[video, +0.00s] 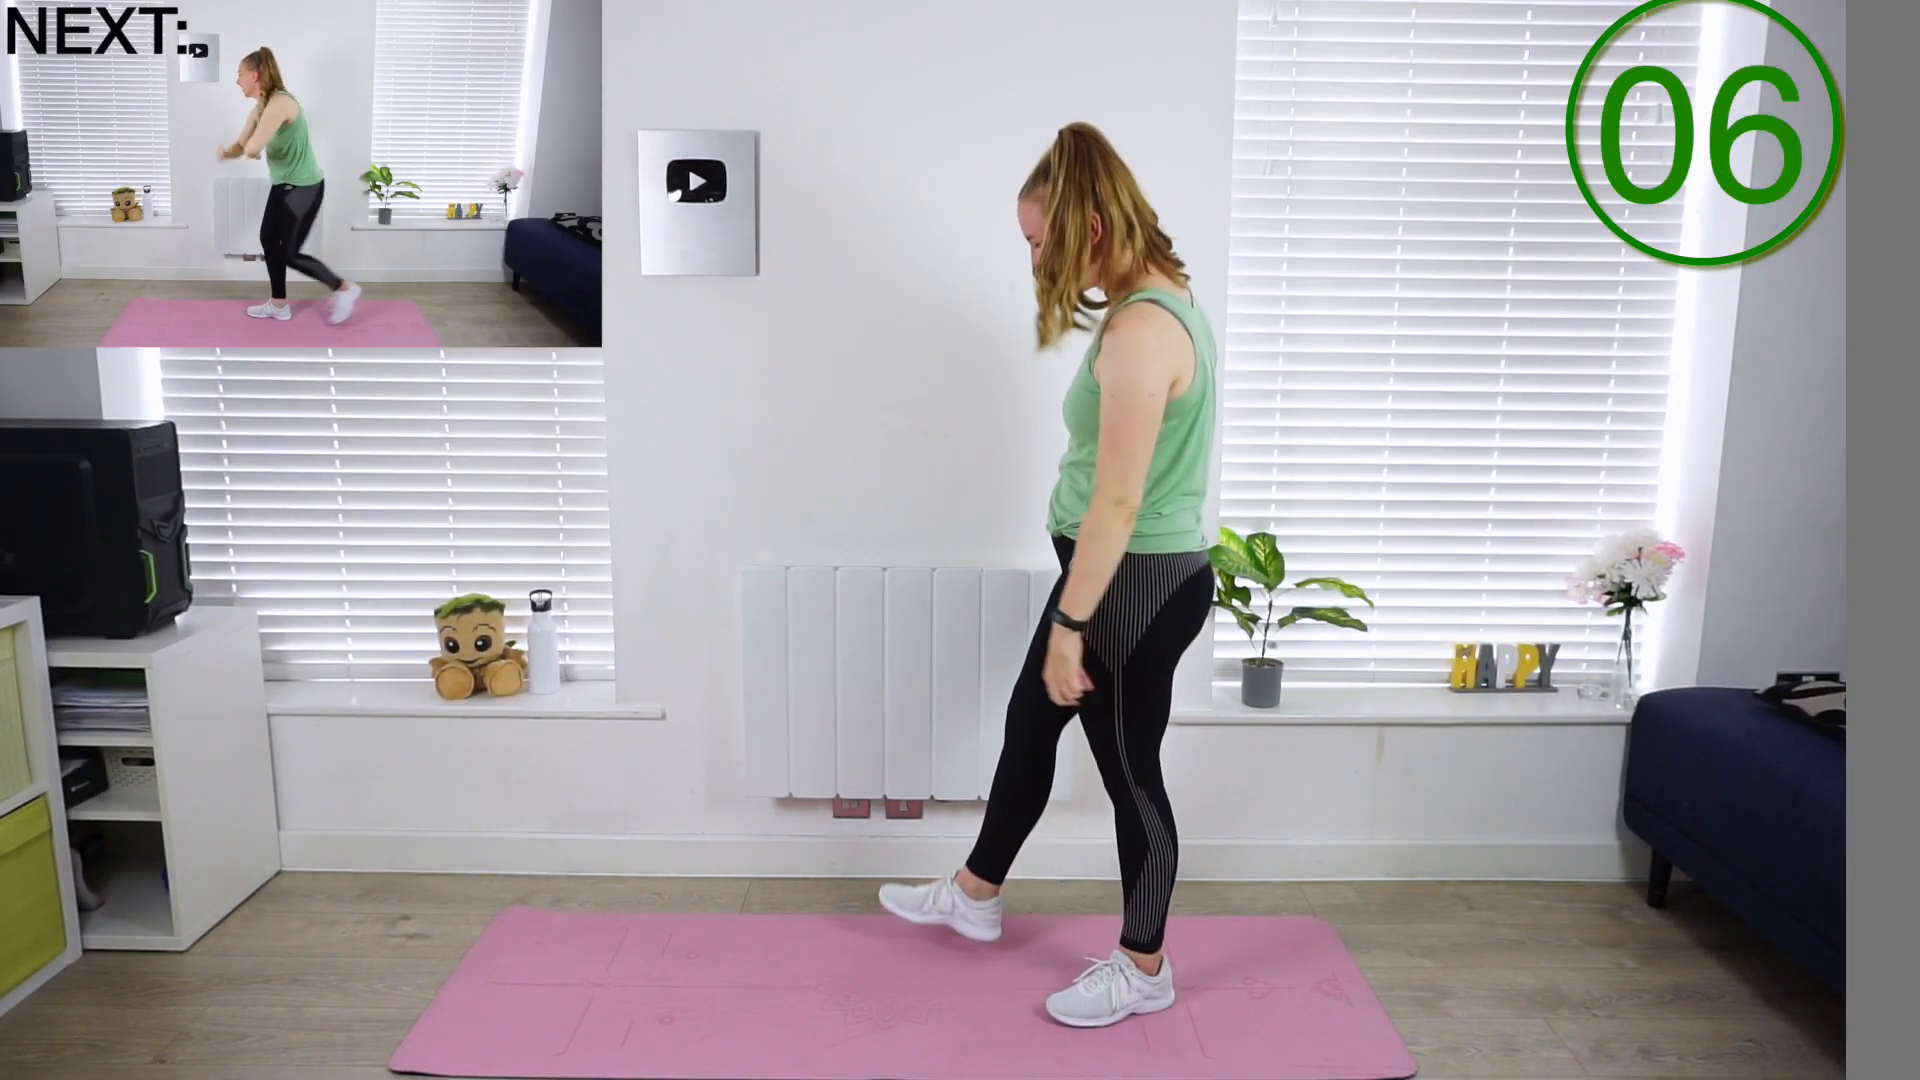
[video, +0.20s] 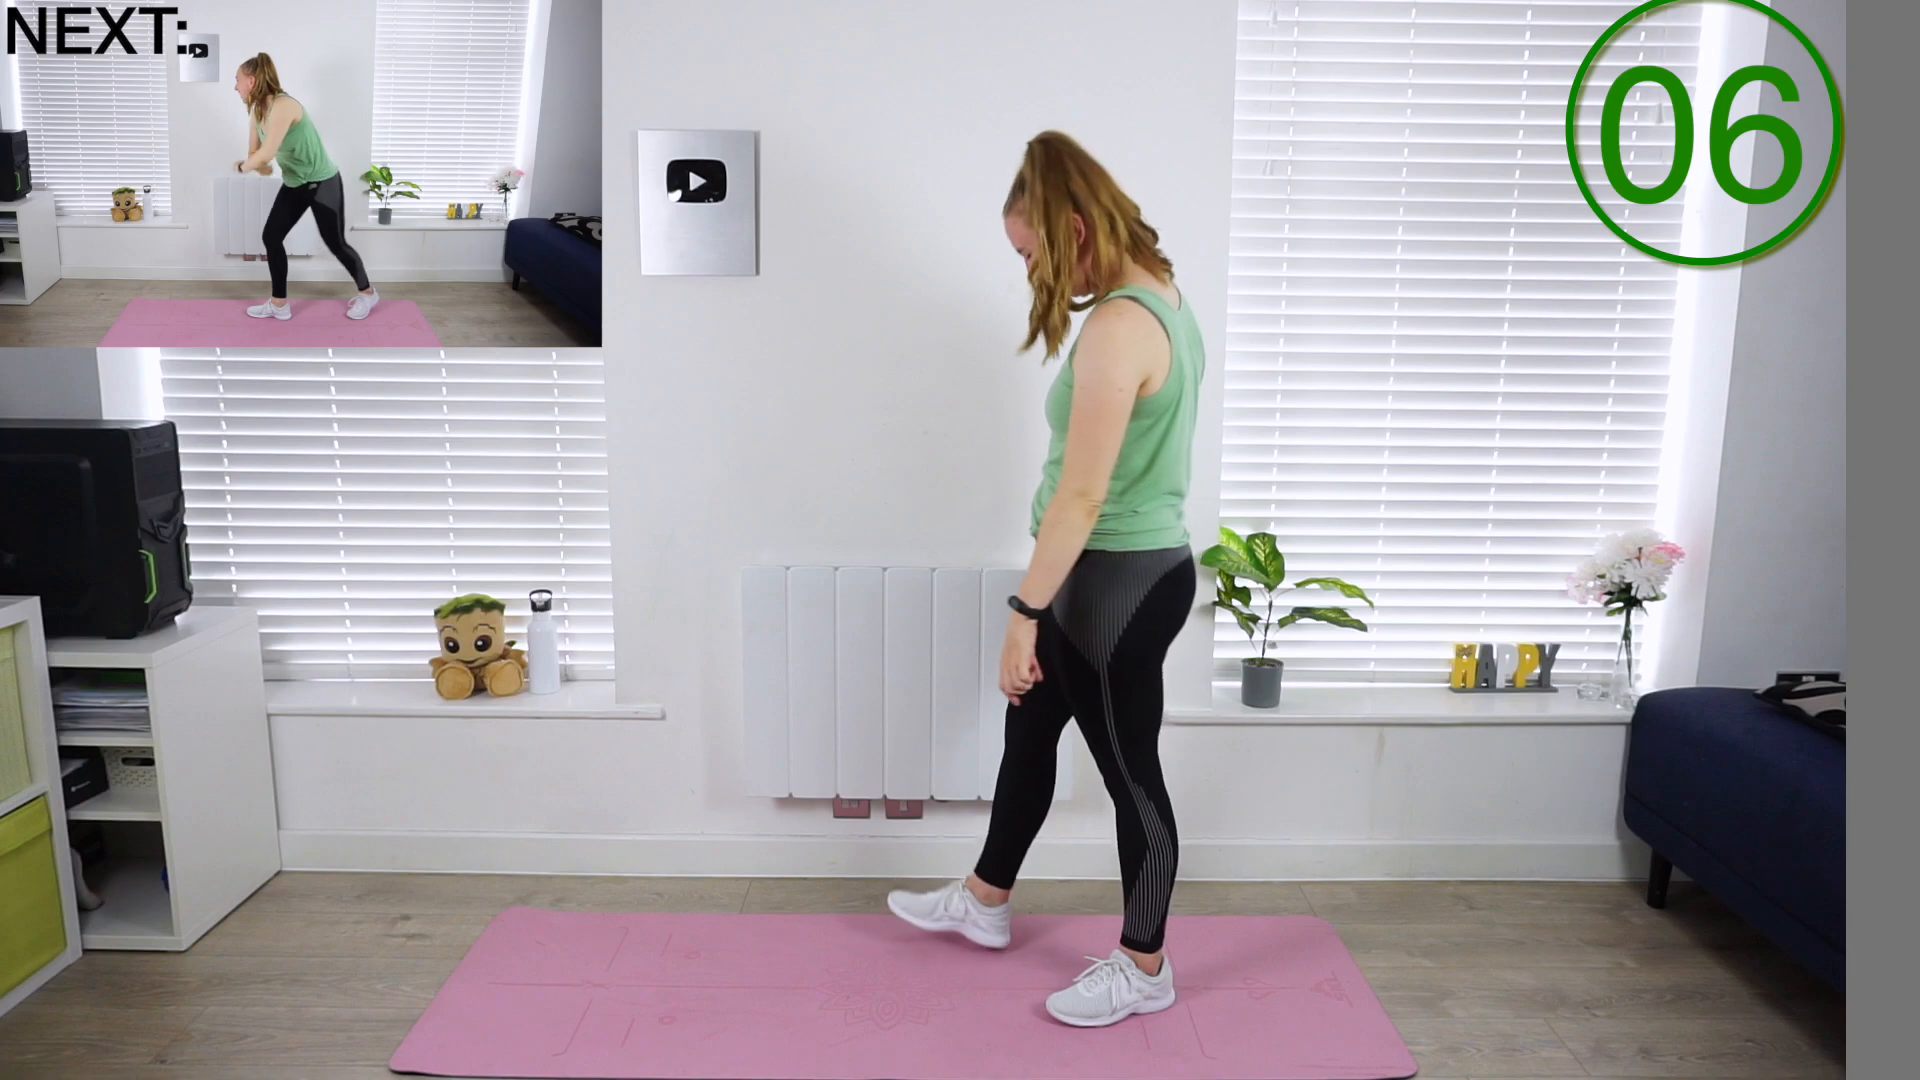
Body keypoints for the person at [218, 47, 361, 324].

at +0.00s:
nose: (238, 81)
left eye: (241, 75)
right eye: (238, 75)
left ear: (257, 77)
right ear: (256, 77)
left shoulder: (280, 103)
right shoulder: (261, 107)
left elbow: (253, 149)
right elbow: (243, 143)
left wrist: (251, 151)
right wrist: (229, 153)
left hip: (305, 186)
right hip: (283, 185)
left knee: (289, 252)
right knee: (269, 239)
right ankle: (279, 303)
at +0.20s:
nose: (235, 87)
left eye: (238, 80)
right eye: (236, 80)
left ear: (253, 81)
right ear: (253, 80)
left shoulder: (283, 106)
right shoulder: (257, 111)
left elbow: (267, 153)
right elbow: (253, 150)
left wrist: (247, 164)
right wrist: (262, 166)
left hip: (323, 181)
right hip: (295, 184)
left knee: (335, 242)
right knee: (271, 236)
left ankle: (367, 292)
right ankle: (279, 303)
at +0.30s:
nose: (238, 90)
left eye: (241, 84)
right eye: (239, 84)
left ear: (256, 85)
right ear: (255, 85)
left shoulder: (285, 110)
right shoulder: (262, 114)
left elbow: (268, 161)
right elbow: (251, 154)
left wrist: (251, 179)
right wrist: (256, 155)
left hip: (326, 184)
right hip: (298, 186)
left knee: (342, 241)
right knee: (269, 238)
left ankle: (370, 294)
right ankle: (278, 303)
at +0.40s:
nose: (239, 89)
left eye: (242, 83)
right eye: (240, 83)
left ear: (258, 86)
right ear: (260, 86)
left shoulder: (283, 110)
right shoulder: (262, 116)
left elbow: (269, 159)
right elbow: (245, 156)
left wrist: (255, 173)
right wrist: (236, 147)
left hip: (322, 188)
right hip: (295, 190)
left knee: (336, 245)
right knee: (265, 239)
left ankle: (369, 294)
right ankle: (278, 304)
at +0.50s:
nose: (242, 82)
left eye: (245, 77)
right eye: (243, 77)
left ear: (261, 81)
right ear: (261, 81)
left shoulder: (283, 105)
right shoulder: (263, 109)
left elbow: (255, 142)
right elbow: (239, 142)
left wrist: (247, 141)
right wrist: (220, 148)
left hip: (310, 192)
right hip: (285, 191)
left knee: (310, 258)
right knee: (259, 240)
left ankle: (361, 288)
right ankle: (278, 305)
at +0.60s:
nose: (246, 75)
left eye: (250, 70)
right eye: (247, 70)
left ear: (268, 75)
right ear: (268, 76)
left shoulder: (282, 99)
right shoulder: (271, 98)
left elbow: (236, 115)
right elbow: (238, 117)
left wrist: (234, 105)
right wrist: (228, 125)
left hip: (294, 189)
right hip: (278, 187)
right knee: (255, 243)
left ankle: (328, 285)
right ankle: (277, 305)